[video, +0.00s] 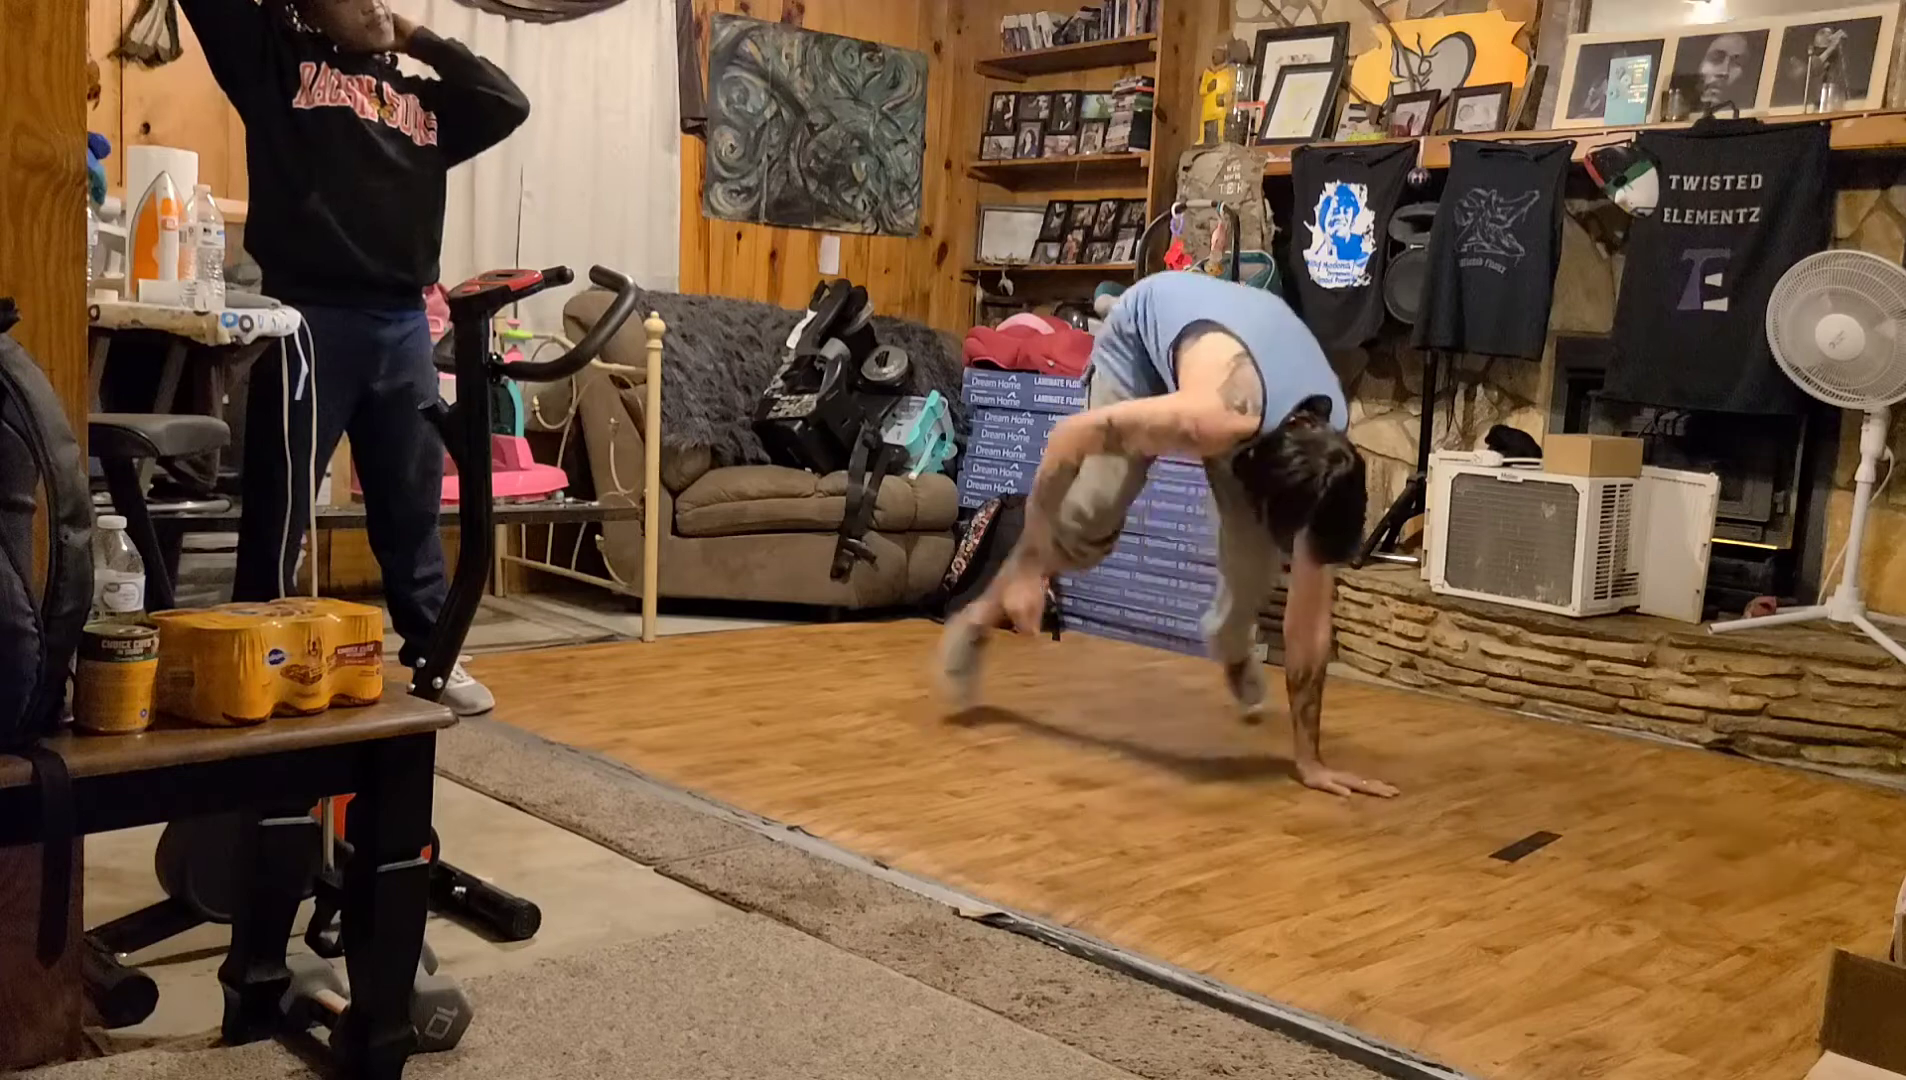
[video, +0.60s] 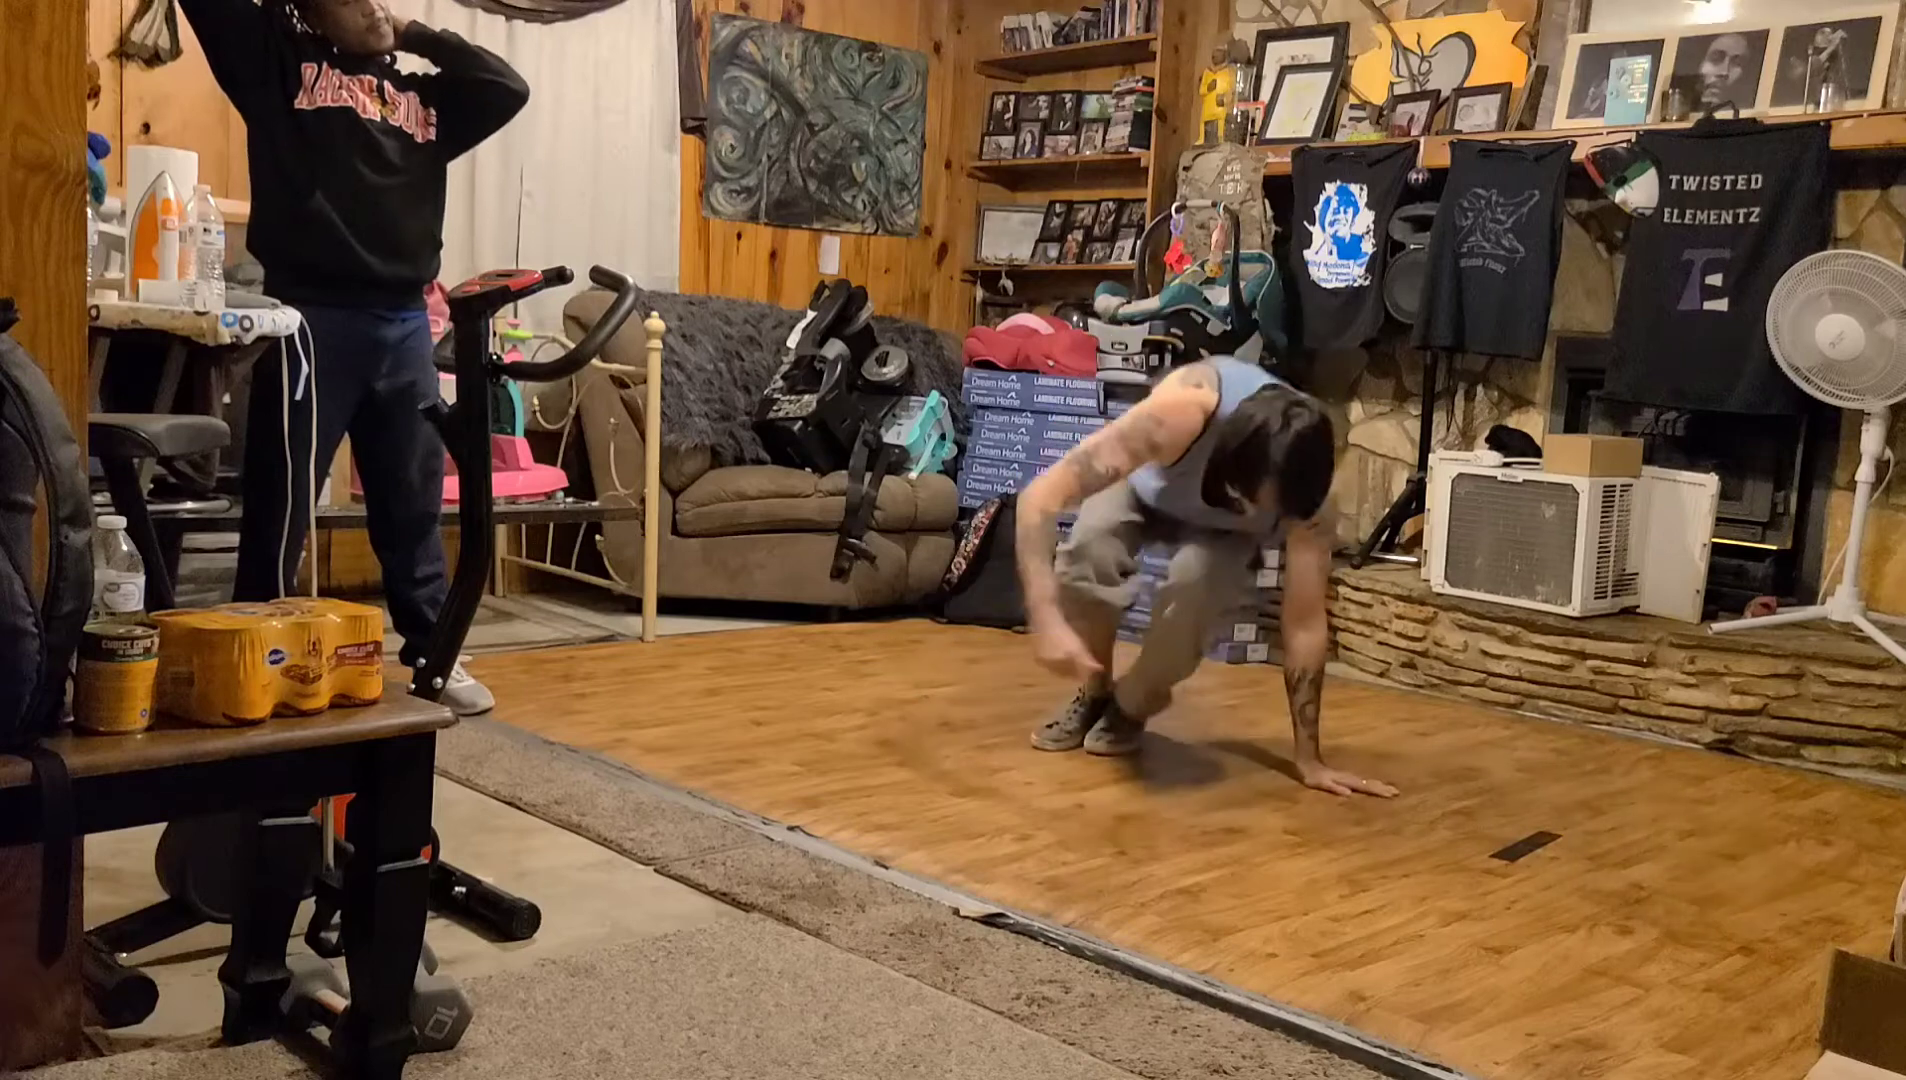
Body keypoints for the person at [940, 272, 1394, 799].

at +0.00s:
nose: (1292, 547)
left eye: (1305, 543)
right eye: (1291, 536)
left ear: (1333, 490)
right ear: (1267, 490)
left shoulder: (1327, 479)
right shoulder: (1210, 423)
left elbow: (1310, 622)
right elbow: (1069, 435)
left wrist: (1309, 759)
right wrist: (1032, 562)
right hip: (1144, 331)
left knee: (1256, 566)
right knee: (1090, 515)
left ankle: (1232, 646)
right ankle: (976, 621)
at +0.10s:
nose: (1308, 550)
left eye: (1320, 544)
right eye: (1309, 541)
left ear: (1347, 485)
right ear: (1278, 492)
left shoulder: (1328, 473)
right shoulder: (1206, 425)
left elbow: (1308, 621)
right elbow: (1071, 422)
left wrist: (1311, 761)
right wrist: (1004, 525)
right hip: (1140, 352)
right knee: (1058, 539)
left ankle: (1276, 658)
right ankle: (907, 639)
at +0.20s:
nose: (1300, 536)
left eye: (1316, 530)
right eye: (1298, 524)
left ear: (1345, 479)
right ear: (1282, 489)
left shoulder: (1328, 458)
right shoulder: (1194, 423)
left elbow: (1311, 617)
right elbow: (1068, 440)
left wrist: (1311, 761)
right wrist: (994, 555)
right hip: (1118, 429)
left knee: (1280, 598)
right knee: (1033, 570)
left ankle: (1283, 674)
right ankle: (897, 655)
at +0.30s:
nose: (1303, 543)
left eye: (1316, 534)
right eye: (1299, 528)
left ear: (1343, 484)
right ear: (1275, 492)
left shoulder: (1329, 471)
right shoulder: (1207, 414)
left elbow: (1313, 620)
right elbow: (1072, 432)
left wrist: (1310, 762)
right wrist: (1015, 553)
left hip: (1220, 469)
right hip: (1124, 420)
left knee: (1244, 635)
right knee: (1038, 561)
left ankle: (1267, 671)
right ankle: (897, 653)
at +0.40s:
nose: (1289, 532)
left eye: (1299, 524)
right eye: (1285, 519)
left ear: (1327, 481)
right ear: (1268, 483)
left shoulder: (1324, 473)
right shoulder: (1201, 405)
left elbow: (1310, 622)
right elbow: (1062, 424)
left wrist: (1311, 759)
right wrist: (1010, 547)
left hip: (1228, 439)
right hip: (1138, 377)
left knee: (1229, 609)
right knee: (1059, 520)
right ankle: (945, 642)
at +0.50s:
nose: (1289, 527)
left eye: (1301, 520)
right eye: (1287, 516)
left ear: (1325, 482)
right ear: (1261, 475)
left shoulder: (1322, 469)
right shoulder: (1196, 401)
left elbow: (1307, 618)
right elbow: (1057, 428)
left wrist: (1310, 759)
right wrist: (1008, 552)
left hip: (1231, 446)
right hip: (1140, 388)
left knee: (1215, 606)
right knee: (1057, 530)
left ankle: (1136, 638)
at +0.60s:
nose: (1263, 508)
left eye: (1276, 504)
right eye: (1257, 496)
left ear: (1307, 482)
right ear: (1234, 461)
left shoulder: (1308, 489)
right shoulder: (1184, 409)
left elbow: (1306, 624)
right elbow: (1038, 499)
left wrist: (1309, 760)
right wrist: (1046, 620)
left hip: (1226, 526)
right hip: (1144, 488)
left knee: (1195, 585)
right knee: (1089, 548)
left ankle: (1131, 710)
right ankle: (1093, 693)